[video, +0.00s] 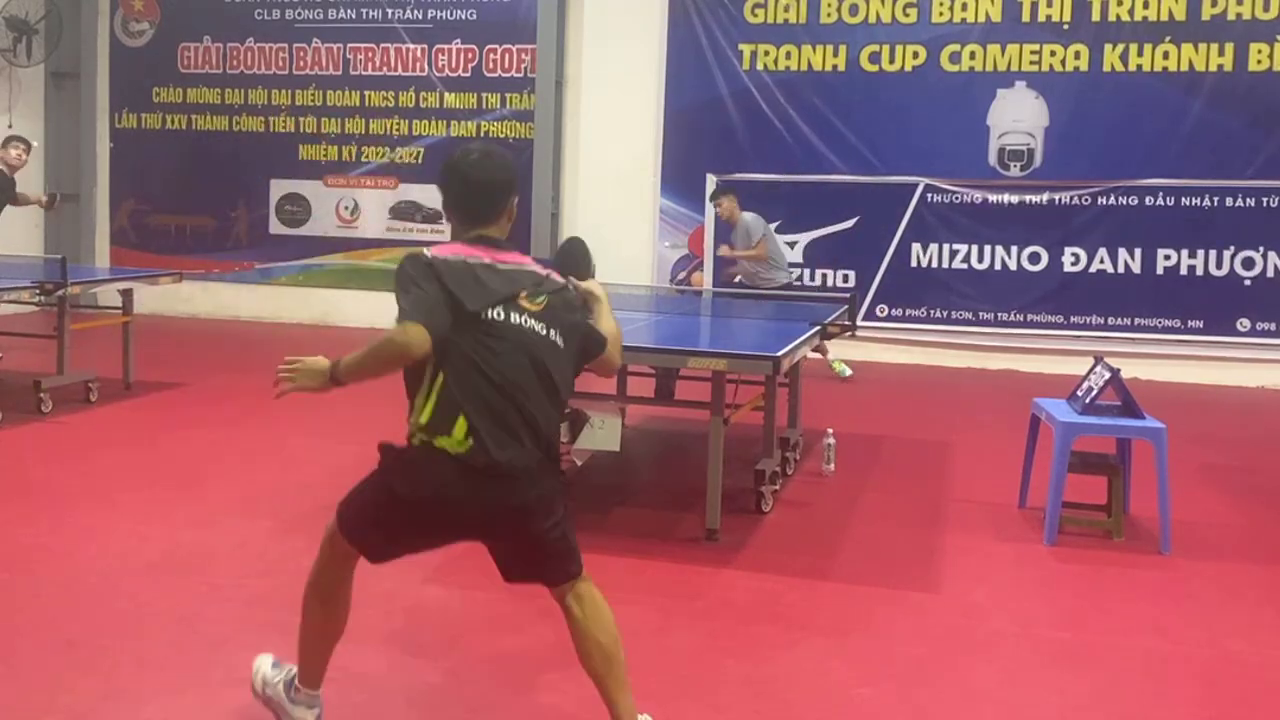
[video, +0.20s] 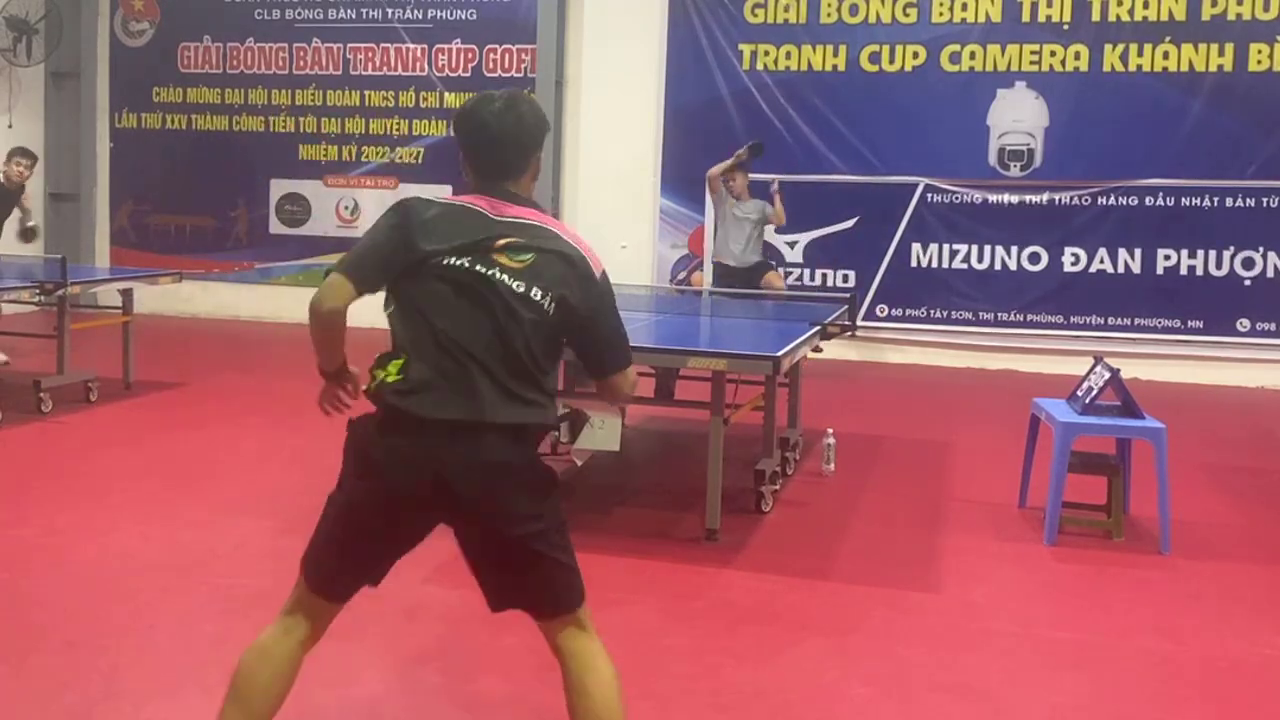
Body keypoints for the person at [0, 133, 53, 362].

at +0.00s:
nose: (20, 154)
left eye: (24, 152)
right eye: (15, 149)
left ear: (26, 160)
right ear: (2, 152)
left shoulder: (9, 180)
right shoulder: (3, 178)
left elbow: (14, 199)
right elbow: (14, 199)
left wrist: (40, 199)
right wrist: (38, 199)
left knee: (0, 294)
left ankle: (1, 350)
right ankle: (1, 350)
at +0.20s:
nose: (21, 171)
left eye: (27, 168)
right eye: (17, 164)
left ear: (30, 174)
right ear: (5, 164)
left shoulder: (18, 190)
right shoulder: (2, 184)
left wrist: (27, 214)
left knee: (1, 297)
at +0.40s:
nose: (11, 174)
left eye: (17, 170)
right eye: (8, 168)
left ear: (27, 174)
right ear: (2, 167)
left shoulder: (28, 192)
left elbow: (42, 214)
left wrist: (50, 237)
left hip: (9, 252)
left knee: (23, 296)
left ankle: (7, 342)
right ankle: (6, 342)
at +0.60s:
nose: (28, 167)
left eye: (34, 163)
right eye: (25, 161)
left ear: (45, 168)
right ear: (18, 163)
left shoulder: (53, 191)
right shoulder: (6, 187)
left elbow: (76, 214)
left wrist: (75, 228)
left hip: (42, 259)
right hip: (8, 259)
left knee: (71, 295)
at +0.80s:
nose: (54, 167)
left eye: (60, 163)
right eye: (51, 162)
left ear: (72, 167)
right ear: (47, 163)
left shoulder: (84, 193)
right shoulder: (34, 188)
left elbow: (109, 221)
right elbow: (8, 206)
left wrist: (100, 232)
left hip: (74, 263)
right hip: (37, 261)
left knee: (91, 300)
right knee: (14, 303)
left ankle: (104, 346)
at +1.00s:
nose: (67, 159)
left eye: (73, 155)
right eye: (64, 154)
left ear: (84, 158)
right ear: (59, 155)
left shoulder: (93, 187)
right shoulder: (43, 178)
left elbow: (109, 219)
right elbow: (17, 198)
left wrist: (99, 225)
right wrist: (7, 217)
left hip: (76, 256)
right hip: (40, 254)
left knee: (89, 298)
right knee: (16, 300)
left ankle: (103, 345)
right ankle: (1, 344)